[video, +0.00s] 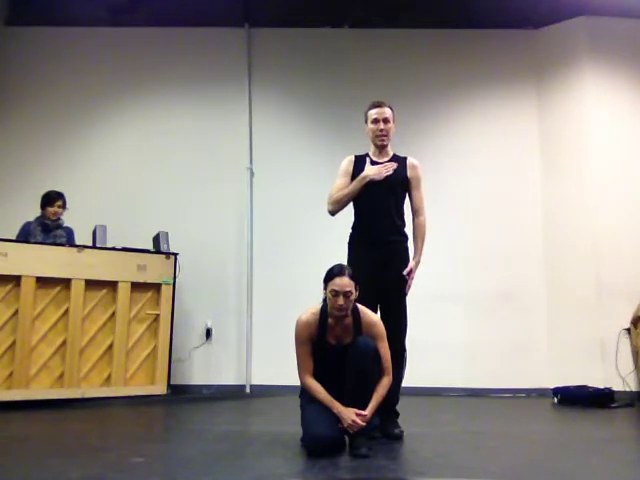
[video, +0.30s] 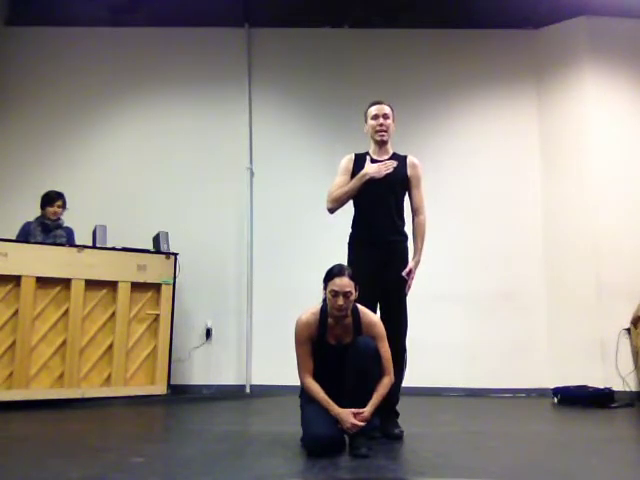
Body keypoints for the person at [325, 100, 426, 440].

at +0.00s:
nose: (381, 126)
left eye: (386, 121)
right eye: (376, 121)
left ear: (394, 126)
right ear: (366, 128)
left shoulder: (409, 167)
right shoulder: (353, 164)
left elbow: (419, 215)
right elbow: (332, 205)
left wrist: (416, 259)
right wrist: (365, 177)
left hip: (394, 257)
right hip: (361, 257)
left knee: (394, 338)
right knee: (359, 336)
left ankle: (388, 415)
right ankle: (358, 416)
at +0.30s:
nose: (381, 121)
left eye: (386, 117)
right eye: (375, 117)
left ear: (394, 124)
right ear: (366, 126)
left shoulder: (409, 165)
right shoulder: (353, 162)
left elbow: (419, 214)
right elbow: (331, 203)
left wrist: (416, 259)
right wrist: (364, 175)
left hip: (394, 257)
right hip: (361, 257)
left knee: (394, 338)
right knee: (358, 337)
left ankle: (389, 415)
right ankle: (358, 417)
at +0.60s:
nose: (381, 121)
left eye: (386, 117)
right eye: (375, 117)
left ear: (394, 124)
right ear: (365, 126)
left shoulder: (409, 165)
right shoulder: (352, 162)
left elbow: (418, 215)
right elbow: (331, 203)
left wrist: (415, 259)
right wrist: (365, 175)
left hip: (393, 257)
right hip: (361, 256)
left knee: (395, 337)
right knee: (358, 336)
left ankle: (388, 415)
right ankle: (359, 416)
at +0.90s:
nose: (381, 121)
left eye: (386, 117)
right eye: (375, 117)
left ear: (393, 124)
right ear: (365, 126)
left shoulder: (409, 165)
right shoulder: (352, 162)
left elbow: (418, 215)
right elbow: (331, 203)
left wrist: (415, 259)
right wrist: (365, 175)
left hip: (393, 256)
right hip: (361, 256)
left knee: (394, 337)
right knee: (358, 336)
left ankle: (388, 415)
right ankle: (359, 416)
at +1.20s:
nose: (381, 121)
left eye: (386, 116)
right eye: (375, 117)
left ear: (394, 124)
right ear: (365, 125)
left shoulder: (409, 165)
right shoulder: (352, 162)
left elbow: (419, 215)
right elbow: (331, 204)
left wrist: (416, 260)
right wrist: (365, 175)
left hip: (394, 256)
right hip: (361, 255)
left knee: (395, 336)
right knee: (358, 335)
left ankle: (388, 415)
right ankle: (359, 416)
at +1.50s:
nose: (383, 126)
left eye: (387, 120)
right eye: (377, 121)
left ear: (395, 125)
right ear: (366, 126)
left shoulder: (410, 166)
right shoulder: (353, 163)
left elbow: (418, 215)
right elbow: (333, 206)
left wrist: (416, 260)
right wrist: (365, 177)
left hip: (394, 257)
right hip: (361, 256)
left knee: (394, 337)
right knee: (358, 336)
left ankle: (388, 415)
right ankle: (359, 416)